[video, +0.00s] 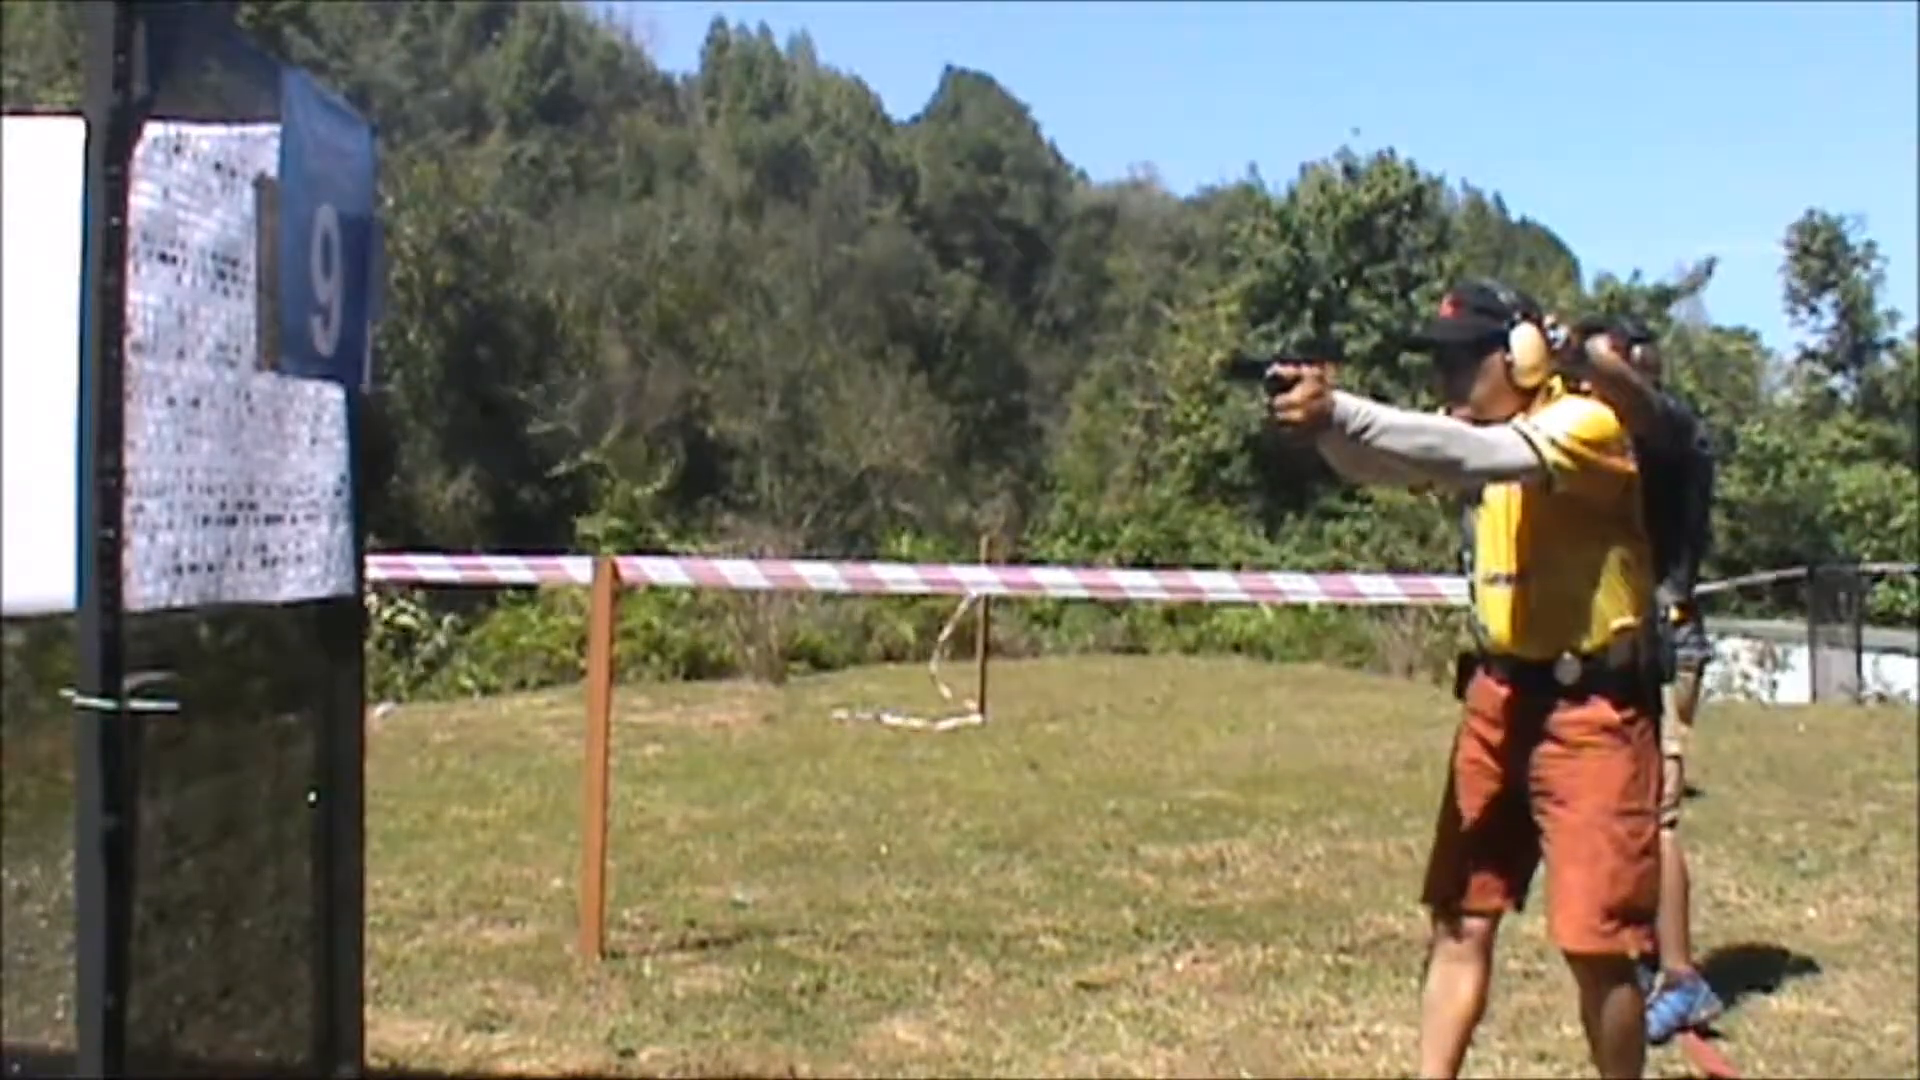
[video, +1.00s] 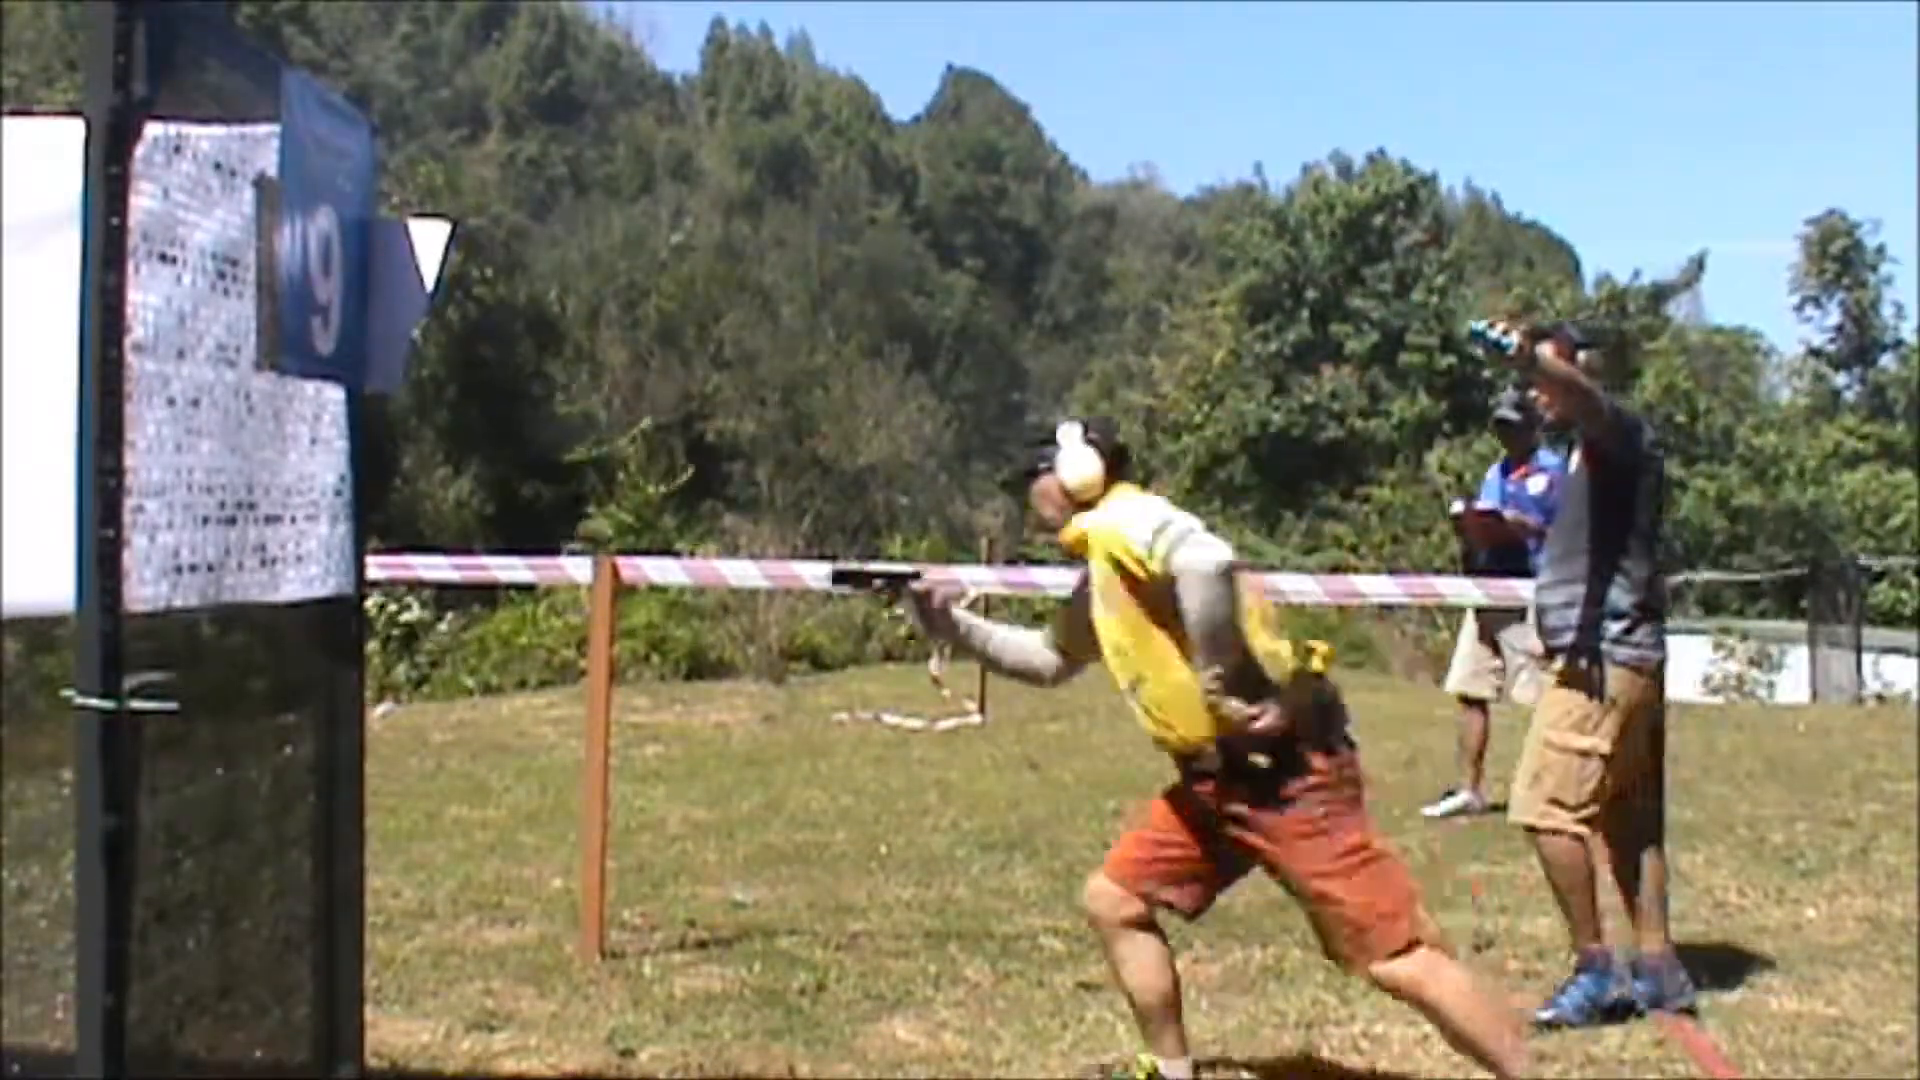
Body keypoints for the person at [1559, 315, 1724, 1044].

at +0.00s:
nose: (1608, 375)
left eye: (1620, 362)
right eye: (1603, 364)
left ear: (1642, 366)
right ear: (1603, 367)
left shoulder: (1676, 434)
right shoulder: (1593, 433)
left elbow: (1639, 412)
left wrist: (1583, 362)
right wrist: (1552, 365)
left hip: (1666, 623)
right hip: (1609, 627)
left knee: (1660, 808)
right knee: (1622, 805)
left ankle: (1678, 971)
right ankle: (1641, 967)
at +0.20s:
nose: (1614, 375)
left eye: (1625, 362)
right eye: (1607, 364)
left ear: (1648, 367)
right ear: (1602, 369)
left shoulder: (1678, 435)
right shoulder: (1592, 434)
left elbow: (1640, 410)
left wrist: (1584, 361)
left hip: (1666, 624)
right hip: (1607, 628)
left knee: (1659, 808)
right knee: (1621, 806)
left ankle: (1678, 971)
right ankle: (1639, 967)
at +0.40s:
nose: (1601, 372)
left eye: (1613, 359)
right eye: (1597, 359)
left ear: (1640, 362)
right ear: (1608, 362)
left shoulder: (1673, 432)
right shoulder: (1598, 430)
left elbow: (1619, 388)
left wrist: (1585, 354)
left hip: (1661, 629)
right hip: (1612, 632)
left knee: (1659, 810)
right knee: (1624, 812)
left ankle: (1678, 973)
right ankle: (1644, 968)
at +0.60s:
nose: (1581, 392)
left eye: (1595, 378)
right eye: (1579, 380)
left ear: (1631, 375)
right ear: (1584, 385)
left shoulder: (1670, 445)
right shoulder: (1599, 452)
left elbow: (1625, 387)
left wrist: (1573, 347)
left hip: (1658, 647)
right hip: (1608, 645)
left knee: (1646, 818)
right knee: (1624, 820)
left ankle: (1684, 977)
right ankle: (1652, 964)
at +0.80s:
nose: (1570, 393)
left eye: (1580, 377)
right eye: (1566, 381)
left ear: (1614, 371)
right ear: (1587, 378)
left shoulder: (1651, 438)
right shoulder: (1613, 450)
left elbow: (1614, 395)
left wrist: (1559, 351)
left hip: (1635, 658)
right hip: (1606, 655)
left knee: (1619, 819)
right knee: (1620, 819)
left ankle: (1674, 972)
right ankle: (1653, 964)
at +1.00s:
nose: (1538, 397)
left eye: (1549, 383)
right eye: (1536, 384)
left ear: (1582, 379)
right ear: (1554, 386)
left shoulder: (1618, 442)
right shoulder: (1603, 452)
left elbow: (1590, 402)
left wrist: (1532, 358)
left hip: (1605, 656)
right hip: (1624, 656)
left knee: (1550, 810)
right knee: (1628, 816)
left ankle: (1596, 969)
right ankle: (1658, 965)